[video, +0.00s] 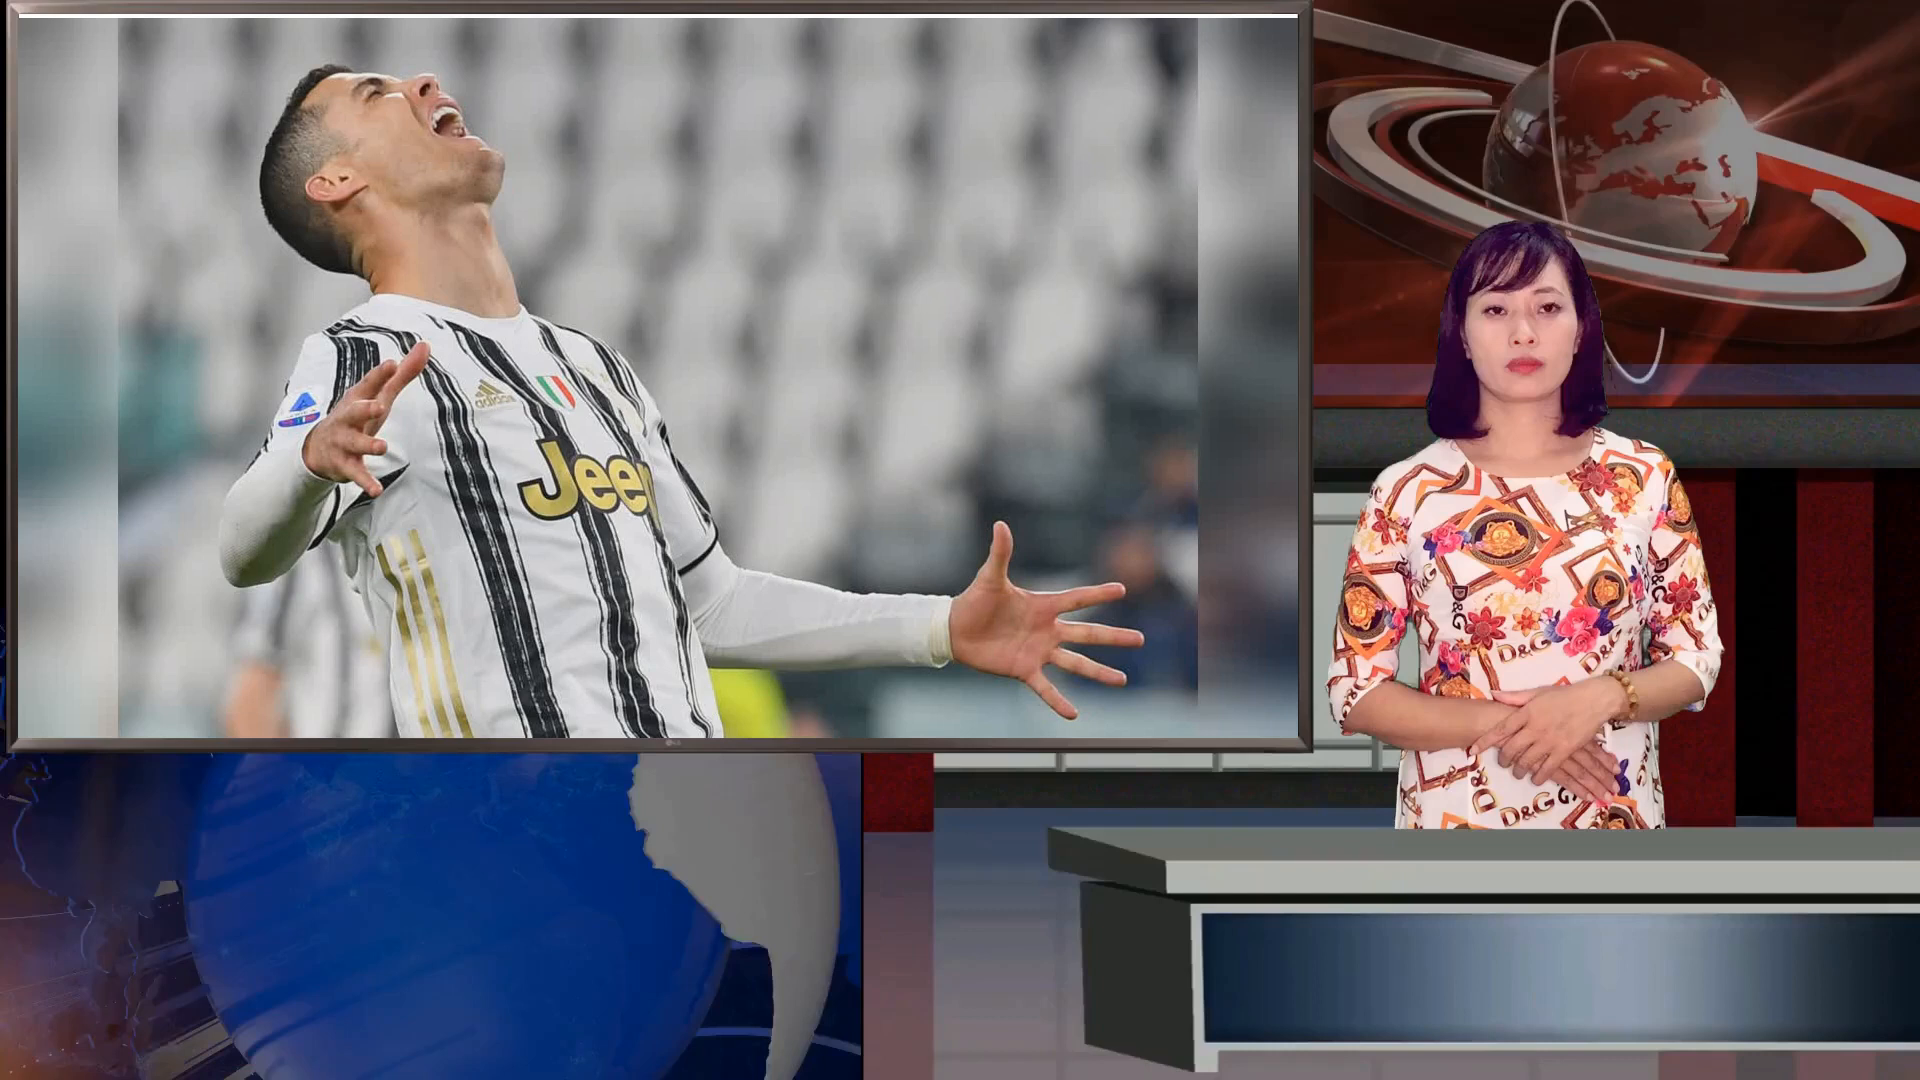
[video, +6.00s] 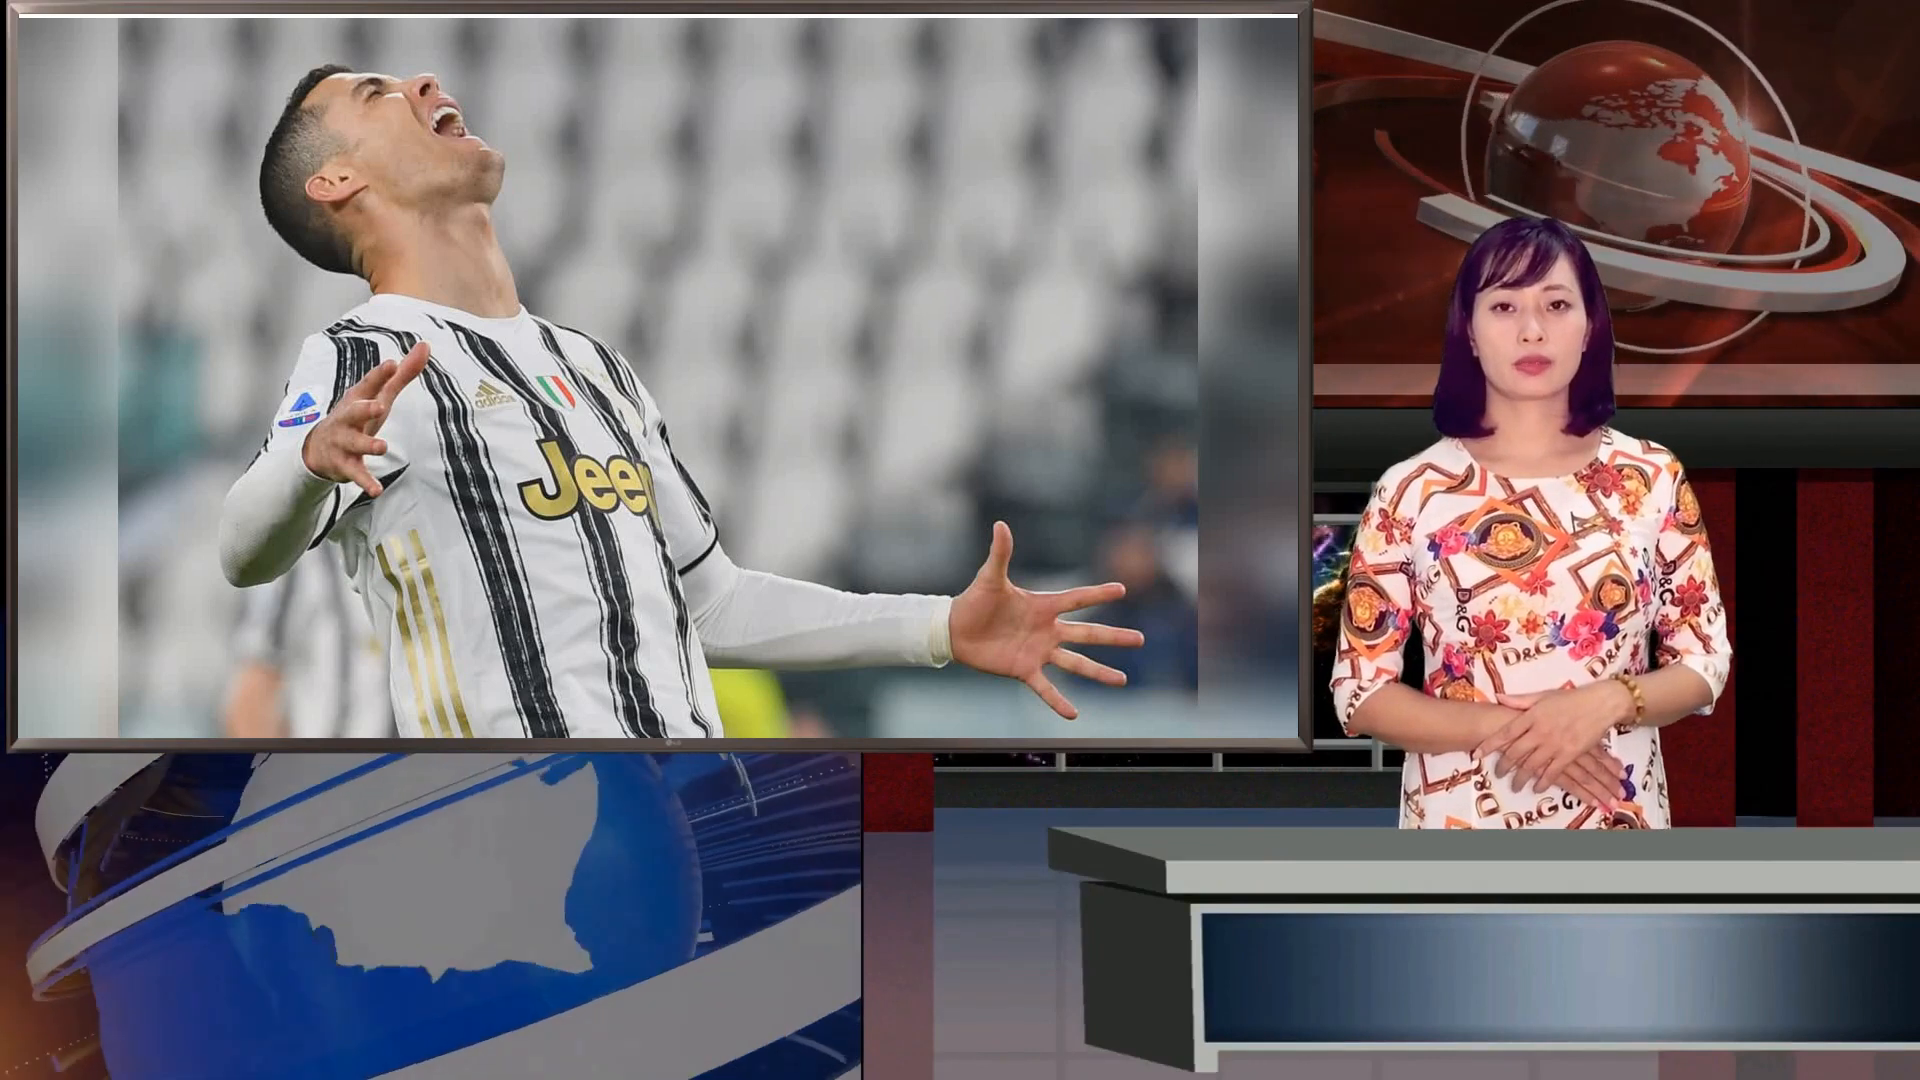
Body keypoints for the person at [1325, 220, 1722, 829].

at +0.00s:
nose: (1523, 331)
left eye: (1548, 308)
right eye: (1496, 310)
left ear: (1581, 328)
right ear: (1460, 331)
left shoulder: (1643, 478)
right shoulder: (1405, 493)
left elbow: (1696, 659)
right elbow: (1354, 690)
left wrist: (1601, 697)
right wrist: (1515, 728)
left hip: (1612, 829)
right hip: (1457, 829)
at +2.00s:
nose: (1523, 332)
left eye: (1548, 308)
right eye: (1496, 309)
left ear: (1582, 328)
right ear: (1461, 331)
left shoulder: (1643, 479)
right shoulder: (1404, 493)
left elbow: (1696, 659)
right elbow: (1354, 691)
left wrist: (1598, 699)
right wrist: (1512, 730)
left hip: (1611, 832)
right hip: (1454, 832)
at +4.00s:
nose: (1526, 332)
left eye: (1552, 309)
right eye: (1498, 311)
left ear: (1586, 326)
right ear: (1463, 330)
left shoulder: (1645, 478)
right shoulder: (1405, 492)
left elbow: (1698, 662)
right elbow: (1355, 691)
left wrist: (1599, 701)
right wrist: (1509, 730)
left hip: (1612, 833)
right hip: (1455, 832)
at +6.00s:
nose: (1532, 329)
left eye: (1557, 305)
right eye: (1504, 307)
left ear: (1590, 325)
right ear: (1467, 328)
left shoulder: (1650, 478)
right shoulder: (1409, 492)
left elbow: (1704, 661)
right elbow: (1359, 691)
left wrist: (1606, 702)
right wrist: (1517, 732)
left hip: (1617, 830)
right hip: (1460, 831)